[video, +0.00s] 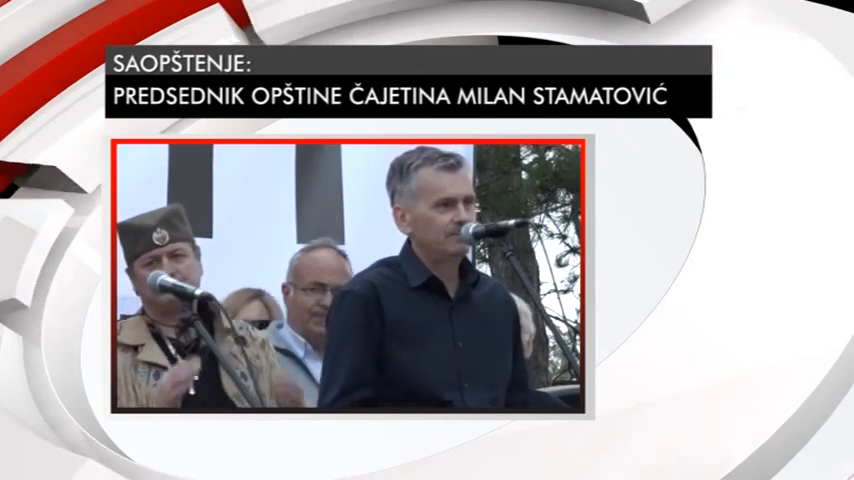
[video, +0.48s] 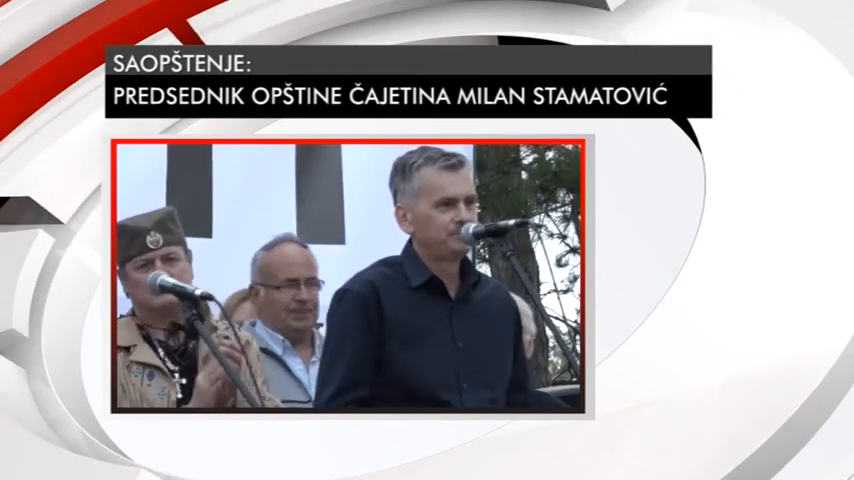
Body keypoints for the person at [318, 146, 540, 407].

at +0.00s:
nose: (463, 218)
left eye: (468, 203)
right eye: (445, 206)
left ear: (477, 207)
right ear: (402, 218)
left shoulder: (497, 300)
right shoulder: (365, 297)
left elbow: (520, 404)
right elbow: (339, 413)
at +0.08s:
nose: (463, 217)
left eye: (468, 203)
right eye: (444, 206)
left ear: (477, 207)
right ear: (402, 218)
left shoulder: (497, 300)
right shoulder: (364, 297)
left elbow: (520, 402)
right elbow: (339, 412)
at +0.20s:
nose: (463, 217)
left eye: (468, 203)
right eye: (444, 206)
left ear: (477, 207)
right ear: (403, 217)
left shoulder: (497, 300)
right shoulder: (365, 297)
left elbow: (519, 403)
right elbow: (336, 412)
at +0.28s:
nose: (463, 217)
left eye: (469, 204)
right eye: (445, 206)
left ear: (477, 207)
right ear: (403, 217)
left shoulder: (498, 301)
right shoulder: (363, 298)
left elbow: (520, 406)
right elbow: (335, 414)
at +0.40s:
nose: (464, 216)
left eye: (470, 203)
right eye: (445, 205)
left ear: (478, 208)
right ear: (403, 217)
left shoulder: (498, 302)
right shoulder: (363, 299)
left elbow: (519, 406)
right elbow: (335, 415)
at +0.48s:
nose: (464, 217)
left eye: (470, 203)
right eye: (446, 205)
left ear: (478, 208)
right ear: (404, 217)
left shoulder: (499, 302)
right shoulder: (363, 298)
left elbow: (519, 406)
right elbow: (335, 414)